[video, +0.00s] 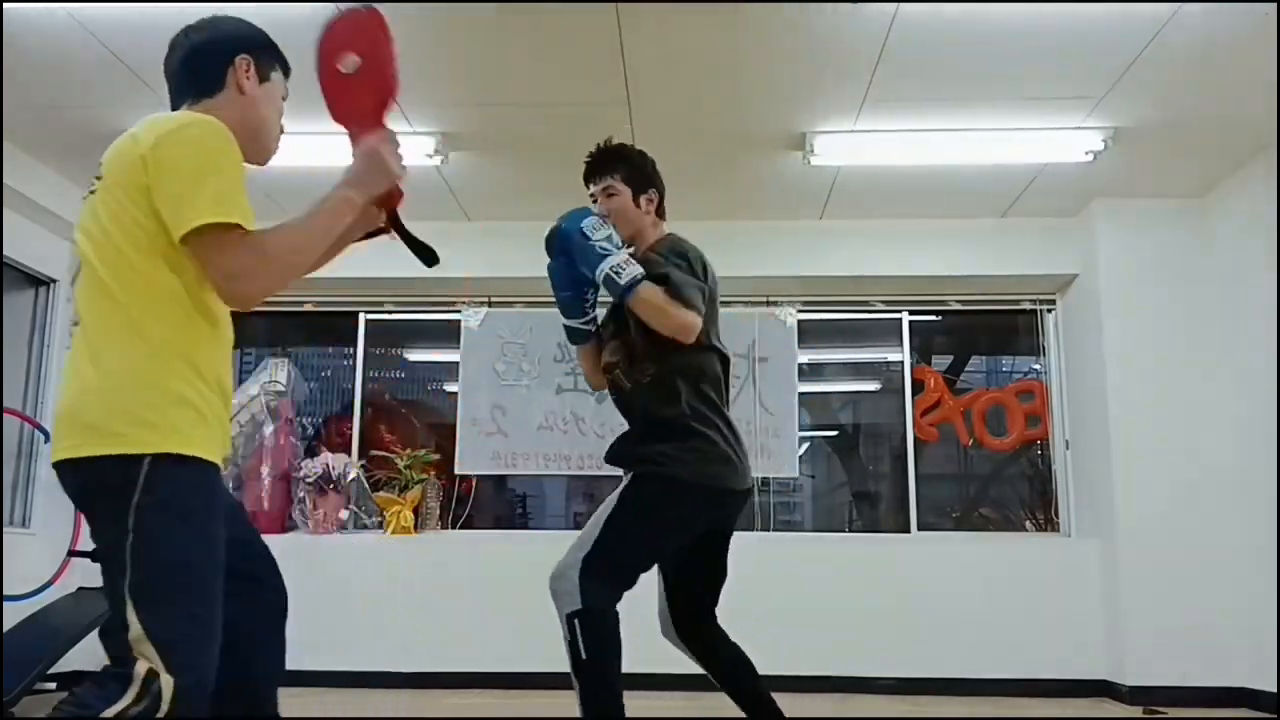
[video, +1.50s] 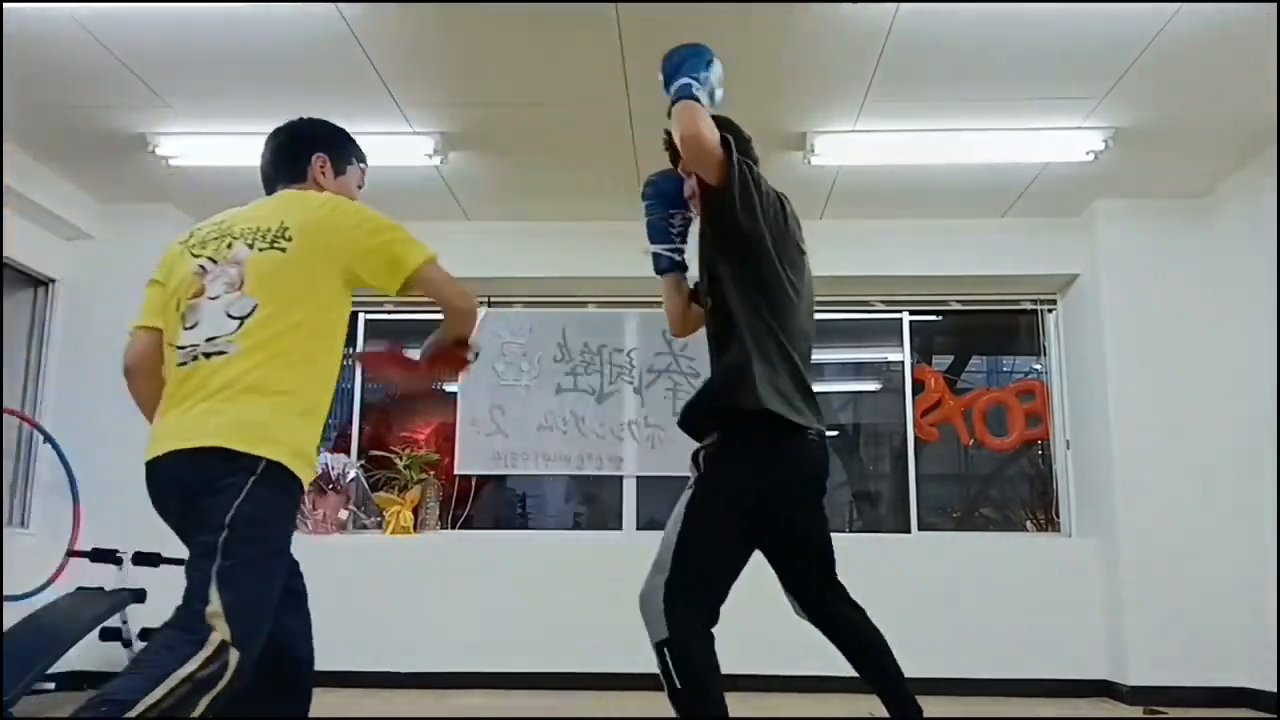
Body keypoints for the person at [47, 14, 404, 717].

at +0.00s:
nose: (284, 123)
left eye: (286, 106)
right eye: (283, 99)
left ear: (213, 81)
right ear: (244, 76)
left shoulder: (150, 152)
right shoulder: (188, 136)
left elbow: (238, 284)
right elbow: (239, 273)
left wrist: (345, 228)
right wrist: (353, 191)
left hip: (153, 441)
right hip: (149, 444)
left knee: (256, 601)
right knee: (169, 672)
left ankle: (245, 714)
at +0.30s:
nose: (197, 111)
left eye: (201, 96)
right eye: (195, 90)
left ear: (119, 73)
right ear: (150, 64)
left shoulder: (55, 142)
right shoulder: (131, 111)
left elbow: (42, 295)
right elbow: (261, 221)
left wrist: (163, 327)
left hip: (28, 405)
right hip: (65, 411)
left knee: (65, 613)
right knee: (111, 638)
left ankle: (14, 699)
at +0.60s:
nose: (151, 149)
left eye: (153, 134)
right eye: (147, 130)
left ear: (67, 113)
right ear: (104, 109)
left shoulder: (7, 152)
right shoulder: (125, 169)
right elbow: (120, 291)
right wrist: (134, 433)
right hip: (49, 416)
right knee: (101, 622)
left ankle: (22, 697)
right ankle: (28, 705)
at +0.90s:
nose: (192, 103)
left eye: (196, 87)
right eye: (187, 80)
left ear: (133, 70)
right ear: (135, 64)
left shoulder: (105, 169)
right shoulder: (96, 122)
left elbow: (196, 254)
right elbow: (42, 244)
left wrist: (223, 162)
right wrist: (136, 371)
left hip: (36, 425)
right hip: (24, 423)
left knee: (43, 648)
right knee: (46, 651)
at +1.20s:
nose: (280, 156)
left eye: (283, 137)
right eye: (279, 131)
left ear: (221, 115)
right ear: (238, 110)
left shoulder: (107, 176)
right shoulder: (220, 167)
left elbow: (14, 269)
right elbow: (226, 274)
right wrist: (345, 380)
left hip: (35, 419)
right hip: (91, 427)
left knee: (100, 616)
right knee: (121, 651)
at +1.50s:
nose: (359, 199)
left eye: (362, 187)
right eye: (356, 183)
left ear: (274, 177)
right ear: (321, 169)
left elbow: (141, 360)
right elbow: (463, 307)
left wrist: (187, 436)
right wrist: (441, 351)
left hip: (171, 462)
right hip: (253, 453)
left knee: (285, 638)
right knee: (213, 635)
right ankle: (102, 713)